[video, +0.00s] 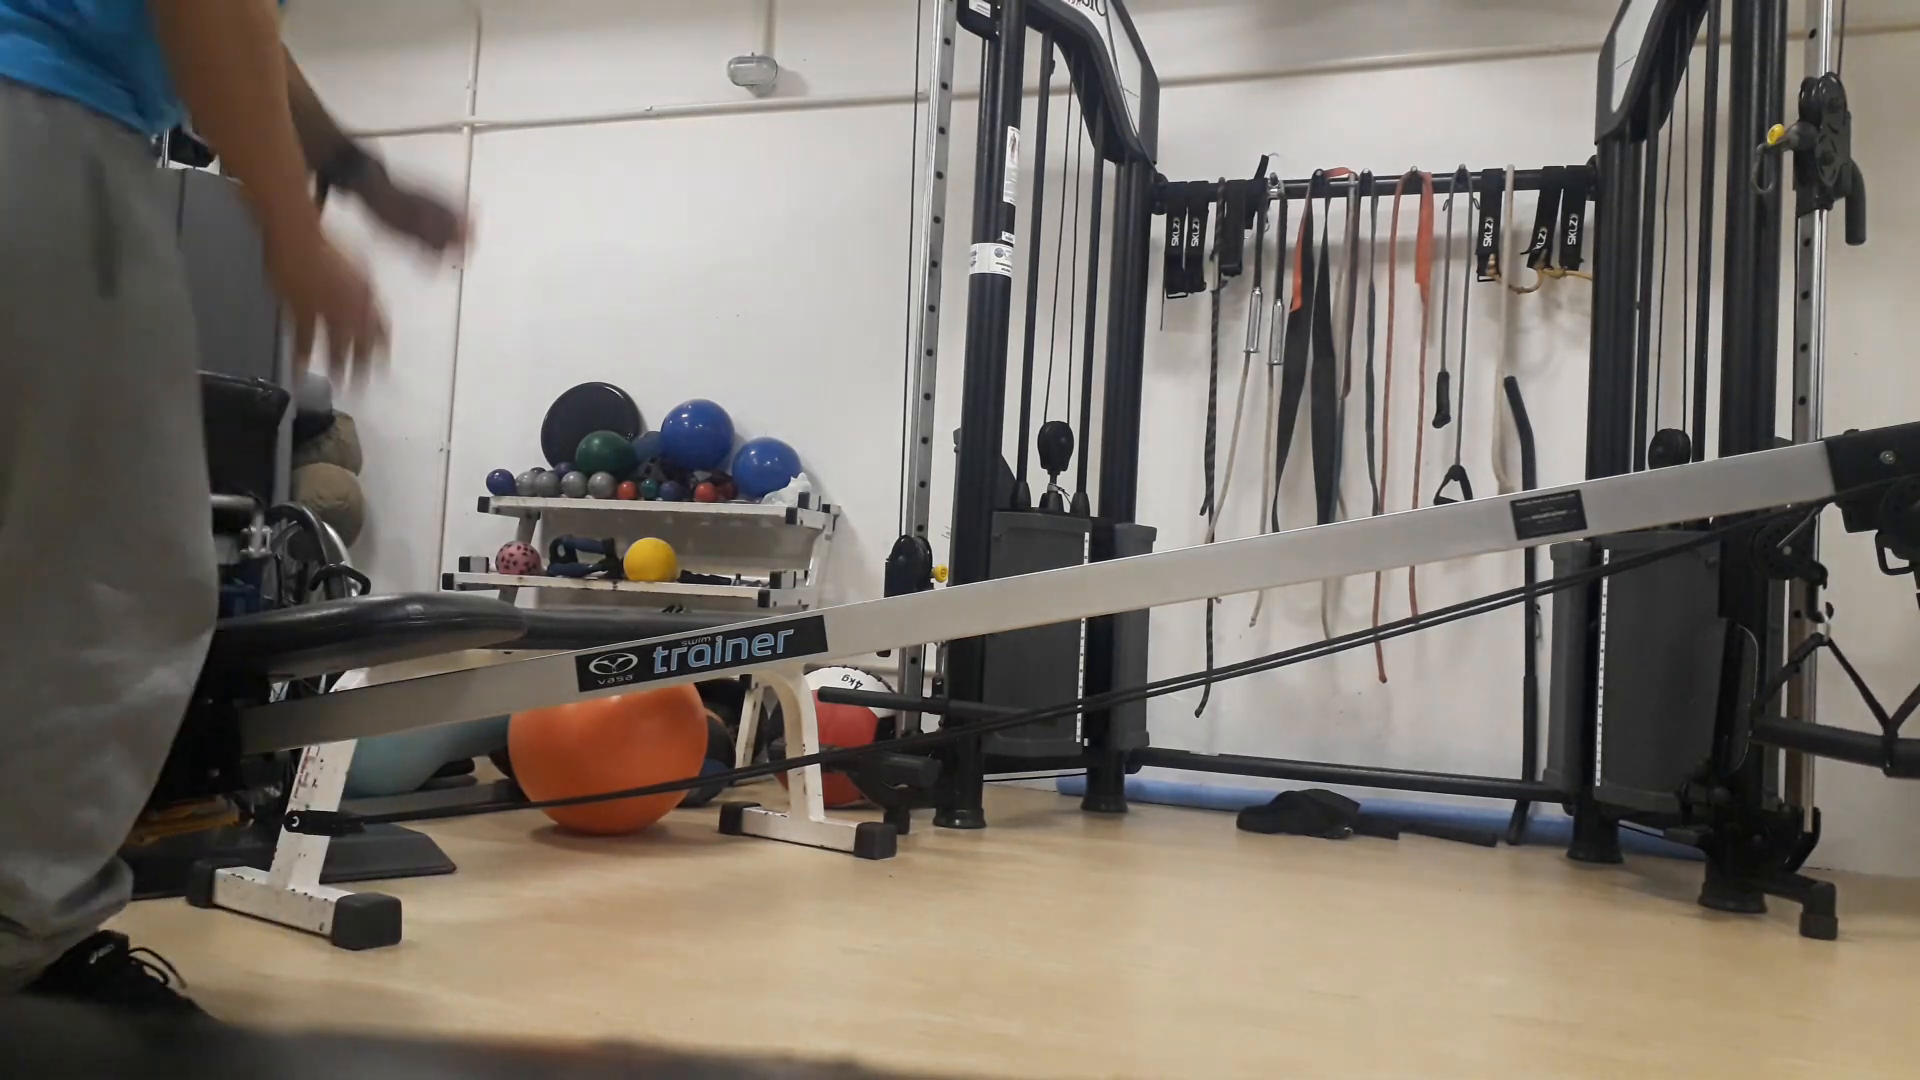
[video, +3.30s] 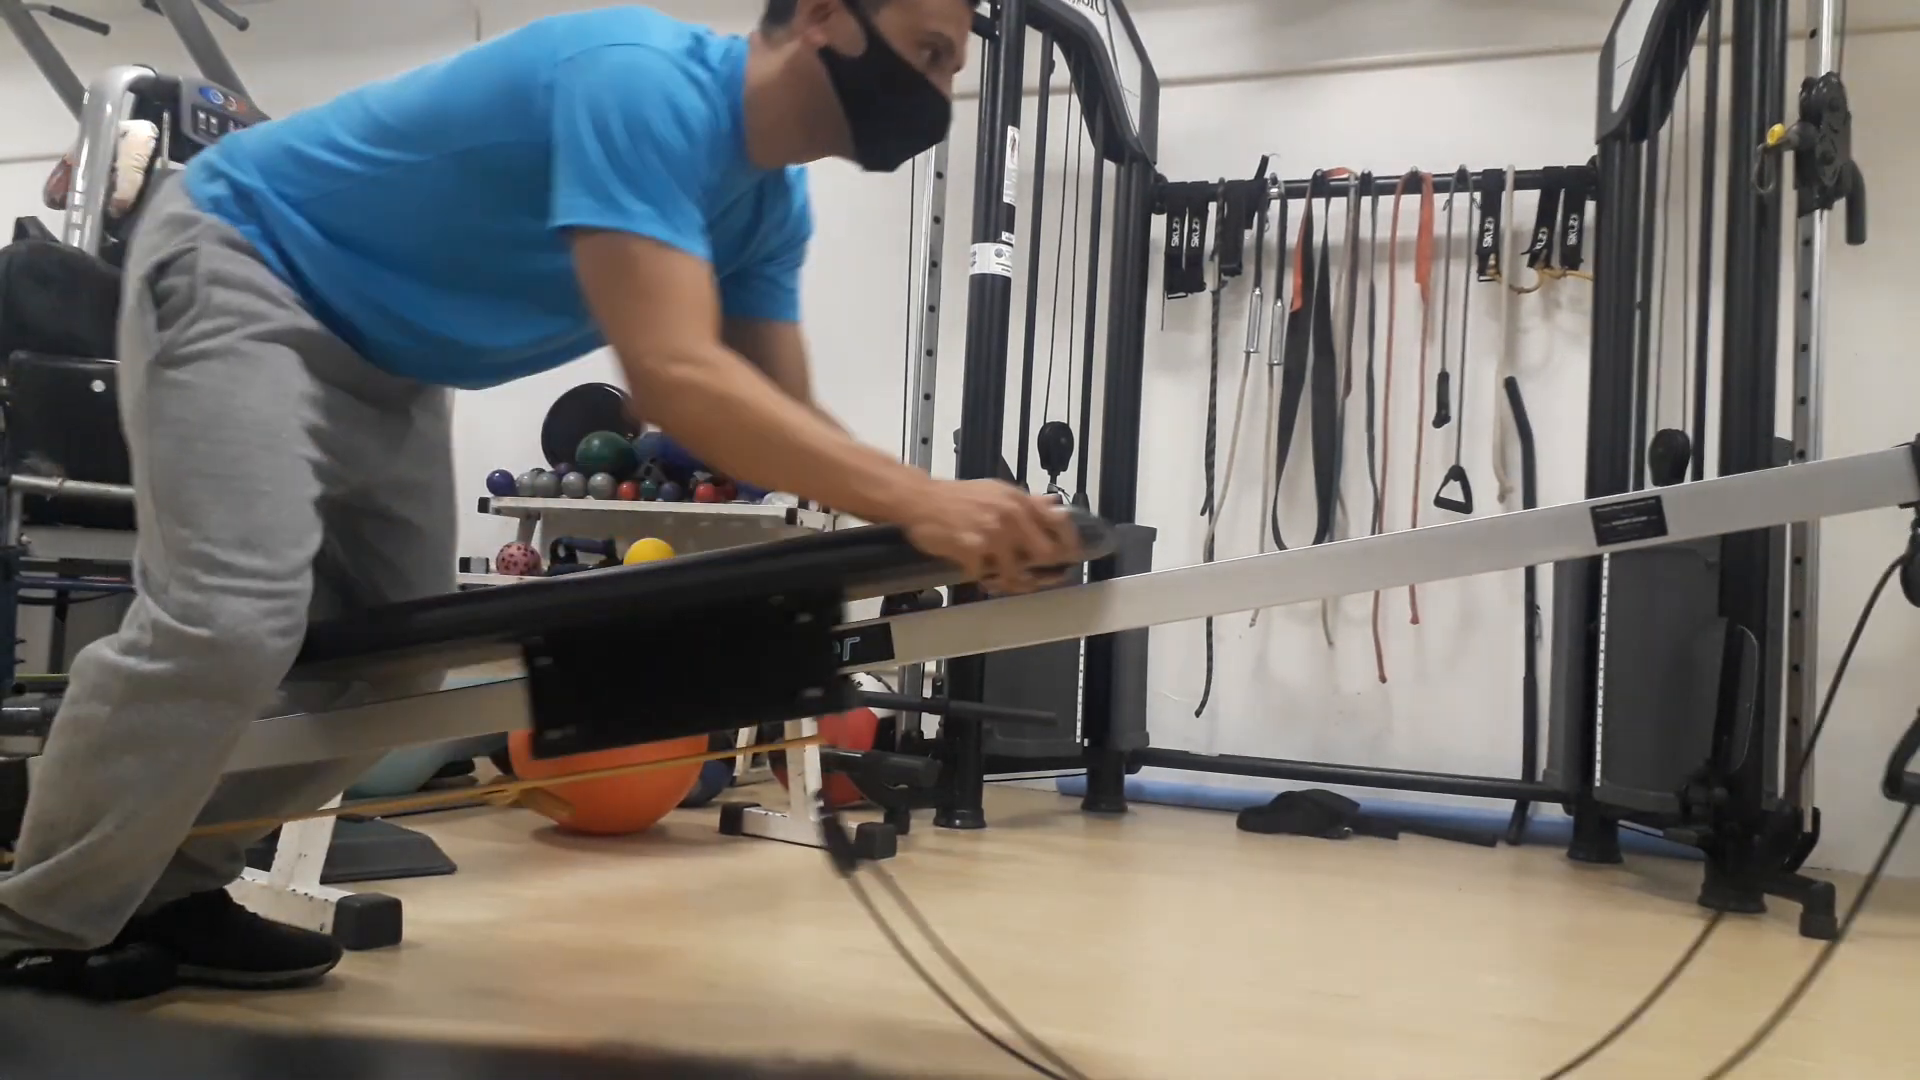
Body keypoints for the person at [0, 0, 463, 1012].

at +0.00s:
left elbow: (215, 14)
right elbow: (201, 5)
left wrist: (356, 169)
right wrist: (294, 227)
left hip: (65, 129)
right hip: (51, 129)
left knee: (80, 556)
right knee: (120, 571)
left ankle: (41, 926)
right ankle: (40, 935)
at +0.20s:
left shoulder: (401, 9)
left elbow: (349, 162)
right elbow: (254, 138)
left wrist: (409, 368)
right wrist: (318, 434)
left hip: (85, 161)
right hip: (22, 132)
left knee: (91, 530)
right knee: (54, 548)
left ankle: (34, 897)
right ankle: (30, 934)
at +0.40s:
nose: (529, 29)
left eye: (543, 27)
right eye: (545, 21)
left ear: (513, 4)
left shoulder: (455, 47)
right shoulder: (362, 8)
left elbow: (400, 285)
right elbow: (248, 261)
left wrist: (434, 511)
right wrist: (298, 540)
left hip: (149, 179)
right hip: (23, 153)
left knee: (270, 493)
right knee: (50, 562)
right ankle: (29, 936)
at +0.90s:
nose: (679, 202)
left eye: (695, 179)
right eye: (668, 162)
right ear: (564, 106)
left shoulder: (530, 261)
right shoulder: (349, 162)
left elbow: (384, 404)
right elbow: (138, 371)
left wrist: (416, 581)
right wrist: (299, 581)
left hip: (225, 365)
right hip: (43, 305)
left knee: (365, 575)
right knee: (79, 575)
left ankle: (211, 873)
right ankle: (24, 922)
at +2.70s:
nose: (810, 222)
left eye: (824, 200)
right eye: (801, 181)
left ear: (699, 141)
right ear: (697, 129)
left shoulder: (627, 278)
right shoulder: (488, 174)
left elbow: (496, 431)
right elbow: (294, 388)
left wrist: (579, 579)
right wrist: (500, 568)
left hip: (262, 345)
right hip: (106, 270)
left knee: (368, 626)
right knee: (186, 601)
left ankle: (162, 891)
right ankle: (26, 924)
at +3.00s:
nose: (867, 149)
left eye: (884, 128)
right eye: (857, 109)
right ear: (756, 63)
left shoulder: (696, 234)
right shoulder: (567, 120)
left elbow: (636, 425)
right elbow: (482, 400)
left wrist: (759, 540)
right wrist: (723, 532)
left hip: (331, 358)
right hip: (173, 267)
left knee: (394, 647)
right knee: (210, 607)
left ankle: (165, 891)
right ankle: (30, 928)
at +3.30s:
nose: (933, 99)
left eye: (950, 76)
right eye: (922, 59)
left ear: (831, 43)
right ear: (822, 16)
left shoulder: (771, 197)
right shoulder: (641, 86)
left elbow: (782, 408)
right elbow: (670, 377)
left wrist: (939, 512)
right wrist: (918, 504)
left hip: (390, 357)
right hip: (243, 259)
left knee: (399, 658)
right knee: (230, 628)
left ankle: (167, 884)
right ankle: (40, 922)